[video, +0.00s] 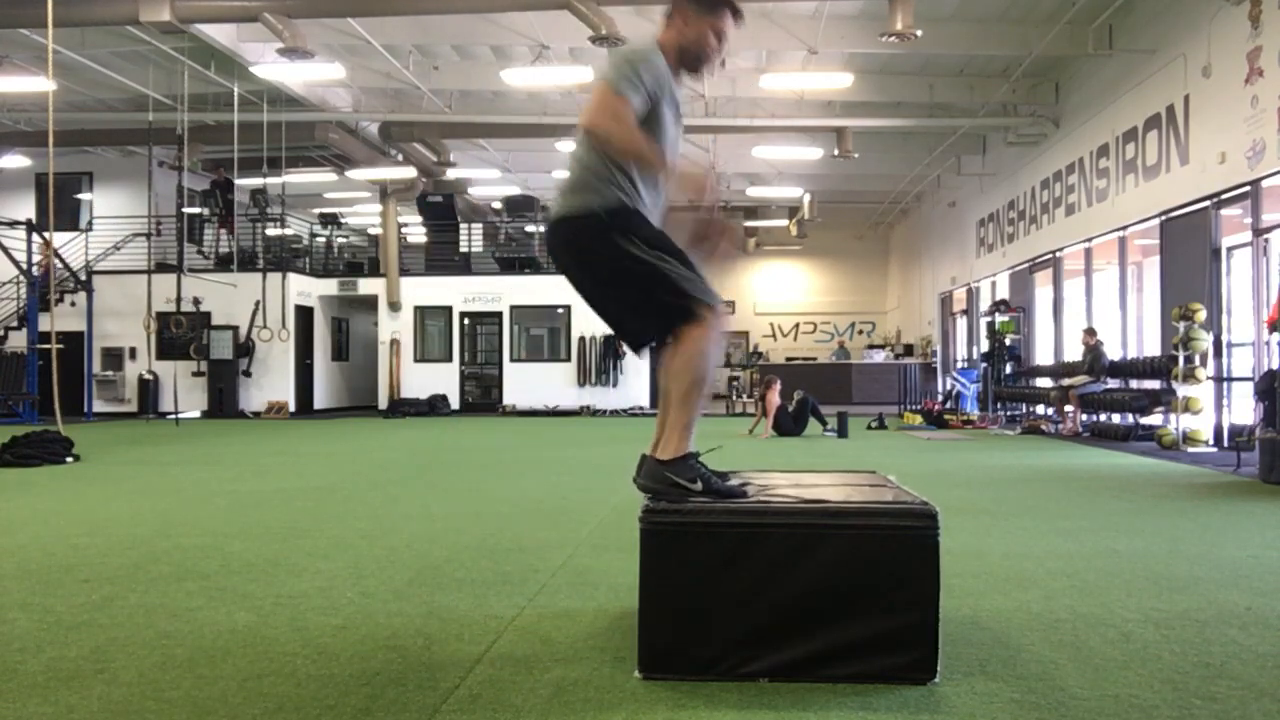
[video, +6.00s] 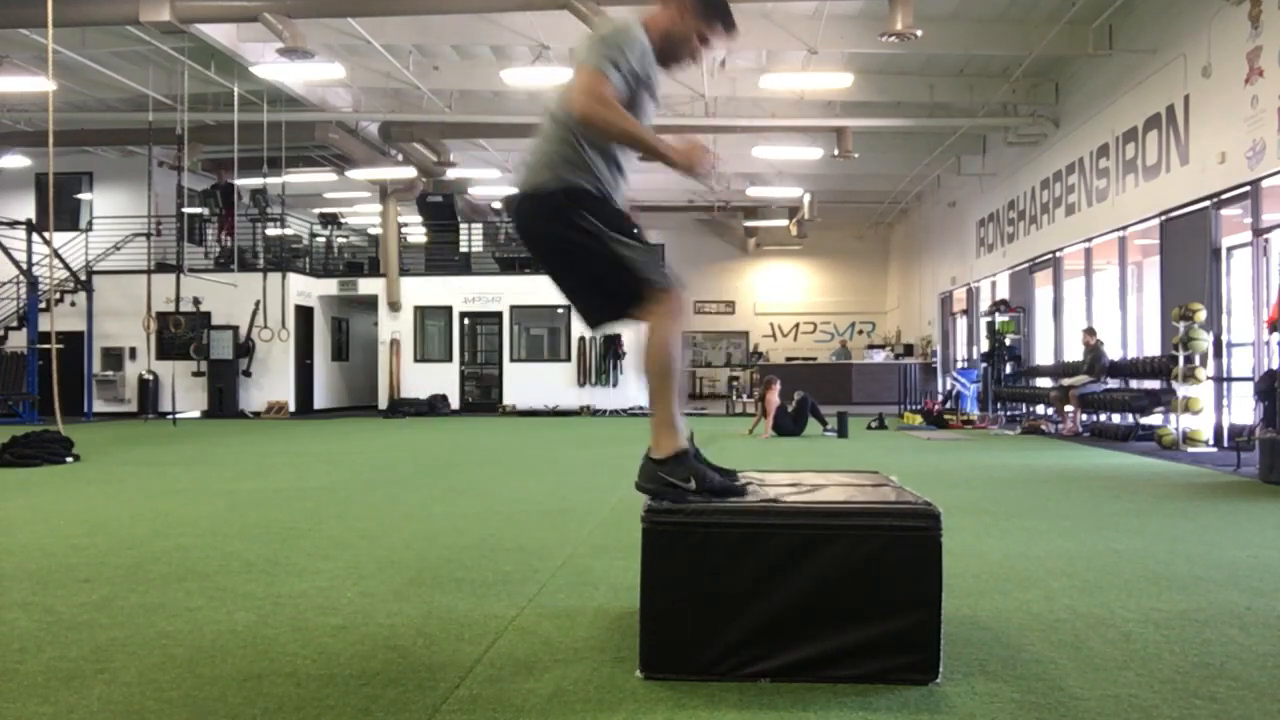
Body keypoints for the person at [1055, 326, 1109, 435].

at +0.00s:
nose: (1082, 339)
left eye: (1085, 337)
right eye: (1083, 336)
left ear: (1092, 338)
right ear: (1089, 338)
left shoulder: (1099, 353)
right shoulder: (1087, 351)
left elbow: (1097, 377)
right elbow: (1084, 370)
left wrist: (1076, 380)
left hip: (1098, 382)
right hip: (1086, 380)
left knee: (1073, 393)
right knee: (1057, 395)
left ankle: (1076, 426)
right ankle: (1066, 425)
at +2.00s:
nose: (1082, 339)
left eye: (1084, 337)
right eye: (1082, 336)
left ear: (1092, 338)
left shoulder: (1099, 353)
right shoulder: (1087, 351)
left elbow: (1096, 377)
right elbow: (1085, 372)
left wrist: (1074, 381)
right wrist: (1071, 380)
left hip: (1099, 382)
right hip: (1086, 380)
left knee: (1074, 393)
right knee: (1055, 395)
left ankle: (1076, 426)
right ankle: (1067, 425)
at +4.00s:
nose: (1082, 339)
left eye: (1085, 337)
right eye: (1082, 336)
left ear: (1092, 337)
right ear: (1087, 337)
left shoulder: (1099, 353)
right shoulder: (1088, 351)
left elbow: (1096, 376)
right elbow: (1085, 372)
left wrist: (1075, 381)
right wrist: (1072, 380)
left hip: (1099, 382)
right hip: (1086, 380)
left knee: (1073, 393)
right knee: (1054, 395)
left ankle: (1076, 426)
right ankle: (1066, 425)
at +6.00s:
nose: (1083, 340)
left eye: (1085, 337)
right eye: (1083, 337)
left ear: (1093, 338)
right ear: (1086, 338)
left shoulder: (1100, 353)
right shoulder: (1087, 351)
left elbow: (1095, 376)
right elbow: (1084, 371)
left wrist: (1072, 381)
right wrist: (1071, 380)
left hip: (1098, 382)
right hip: (1086, 379)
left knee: (1074, 393)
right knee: (1054, 395)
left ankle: (1076, 426)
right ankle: (1066, 424)